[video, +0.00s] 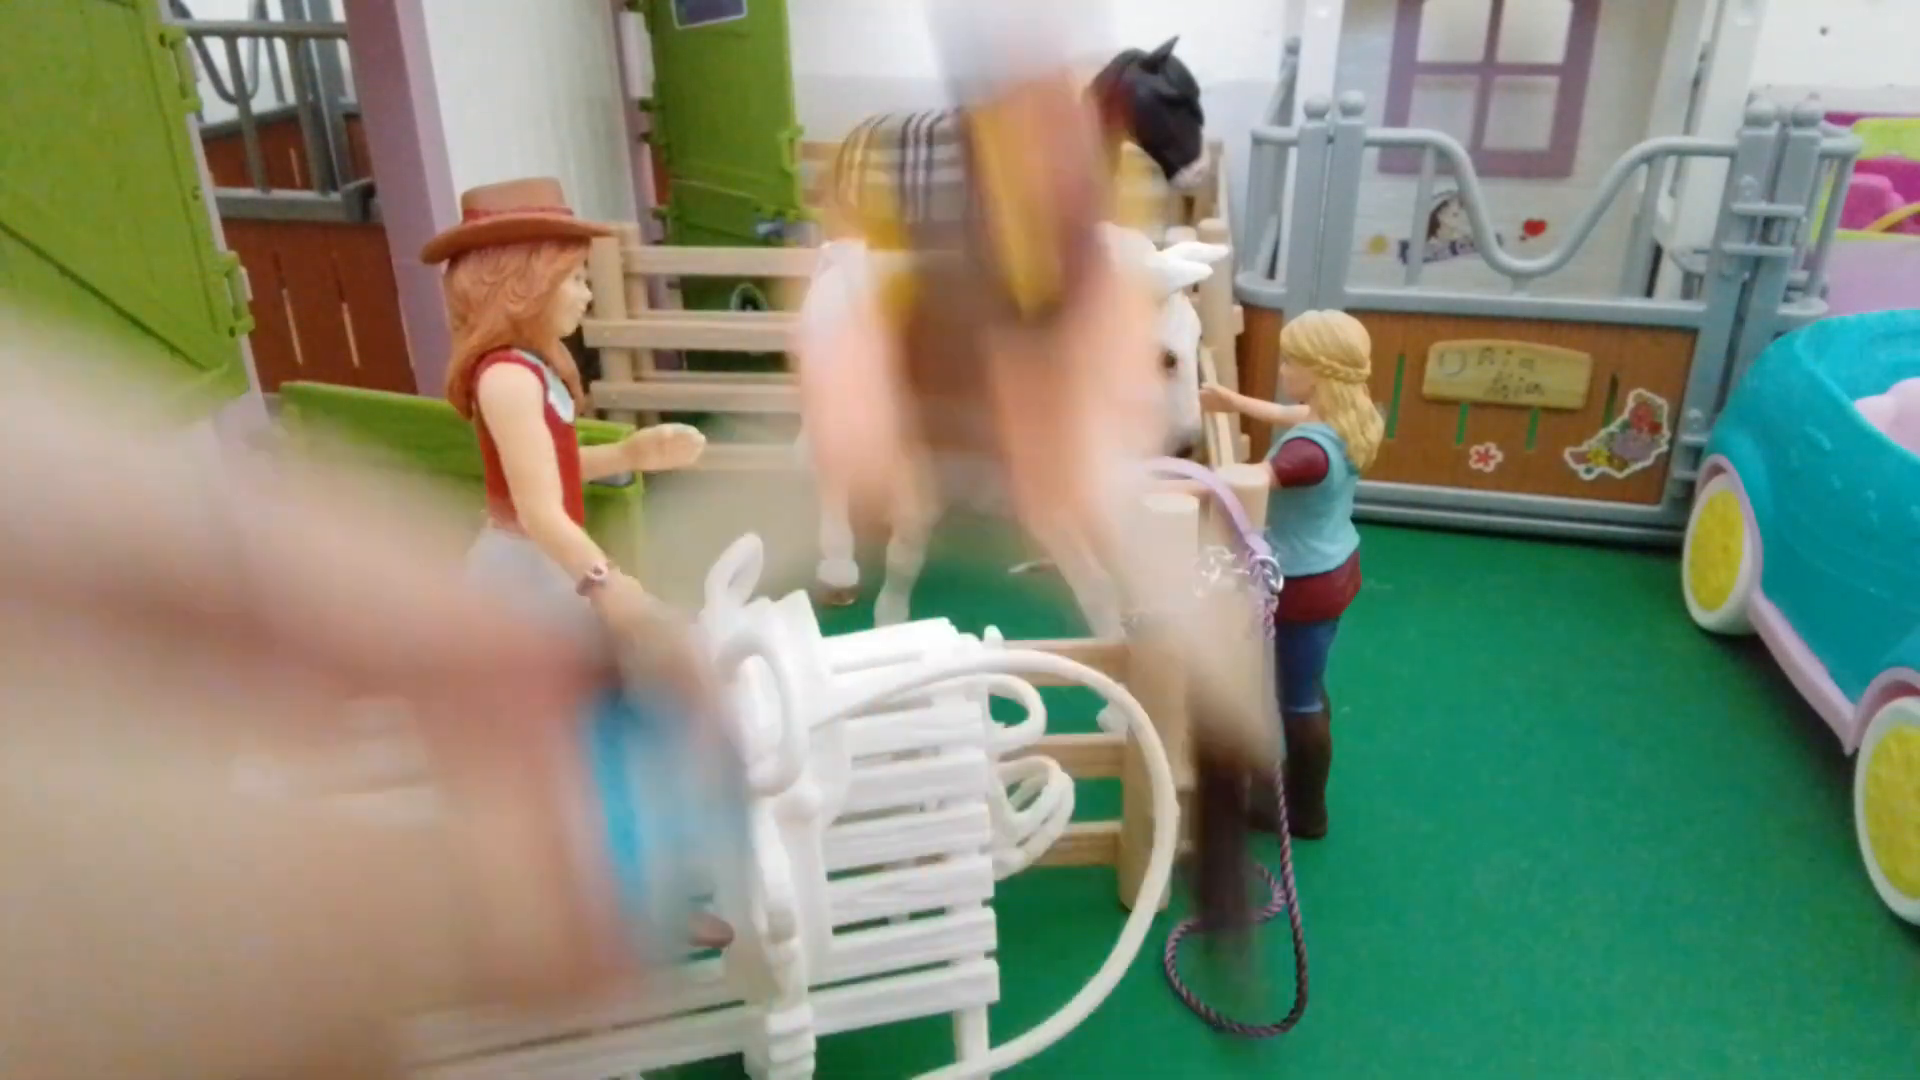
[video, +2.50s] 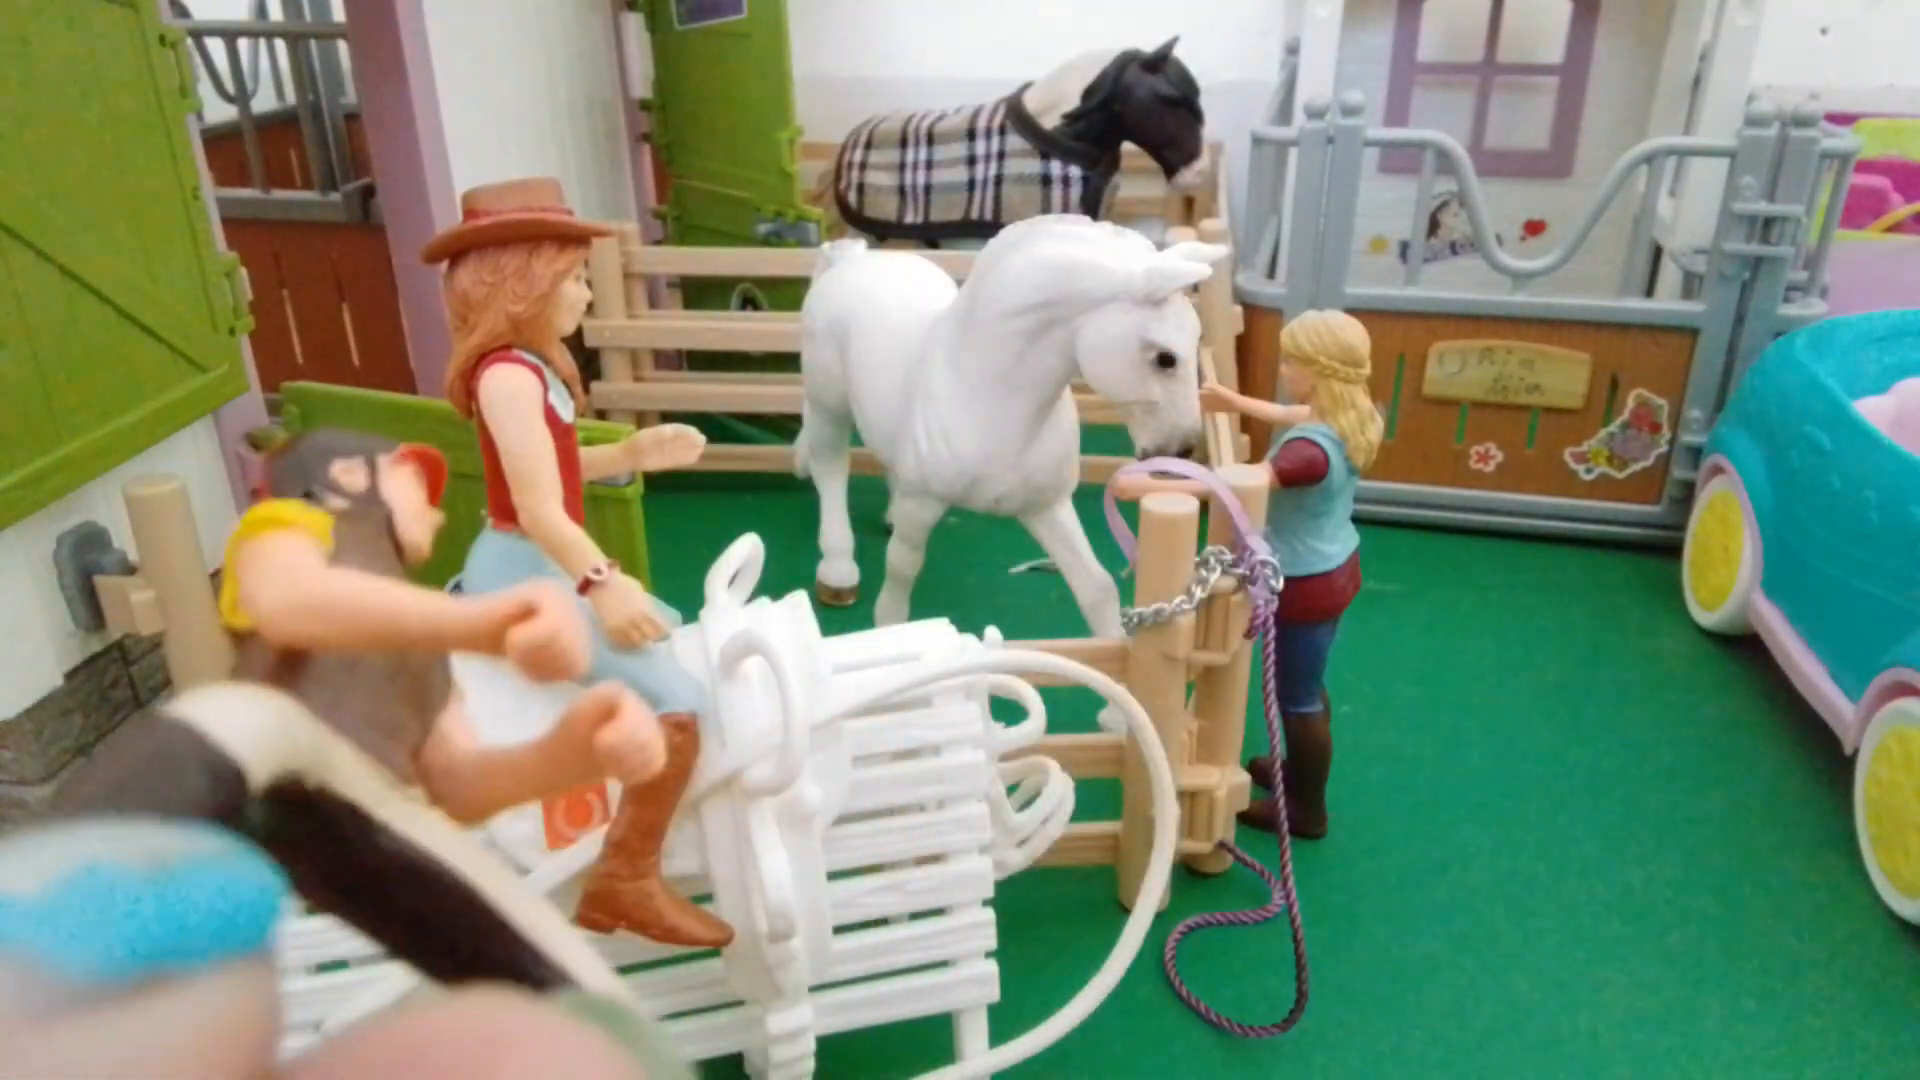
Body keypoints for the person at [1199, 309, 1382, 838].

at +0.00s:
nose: (1282, 371)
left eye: (1290, 362)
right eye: (1284, 360)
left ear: (1319, 372)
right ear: (1334, 373)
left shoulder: (1316, 446)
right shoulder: (1348, 417)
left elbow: (1257, 477)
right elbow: (1288, 414)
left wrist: (1189, 481)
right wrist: (1237, 401)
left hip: (1305, 588)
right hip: (1334, 564)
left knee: (1298, 699)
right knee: (1305, 685)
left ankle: (1305, 813)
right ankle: (1303, 795)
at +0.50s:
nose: (1282, 369)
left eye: (1291, 359)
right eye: (1284, 358)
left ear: (1310, 372)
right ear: (1340, 372)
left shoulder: (1317, 444)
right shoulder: (1347, 421)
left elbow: (1258, 475)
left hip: (1308, 579)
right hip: (1335, 559)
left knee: (1299, 699)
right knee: (1308, 685)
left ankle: (1305, 804)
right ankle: (1306, 791)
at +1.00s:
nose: (1280, 369)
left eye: (1288, 362)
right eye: (1284, 360)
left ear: (1314, 374)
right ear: (1331, 372)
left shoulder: (1313, 447)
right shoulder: (1348, 417)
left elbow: (1251, 478)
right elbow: (1288, 416)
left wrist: (1163, 483)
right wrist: (1234, 401)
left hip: (1306, 587)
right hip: (1332, 568)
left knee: (1297, 700)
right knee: (1303, 682)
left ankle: (1305, 812)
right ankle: (1296, 773)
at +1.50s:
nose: (1282, 371)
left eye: (1289, 362)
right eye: (1284, 360)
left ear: (1317, 372)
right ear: (1336, 372)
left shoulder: (1314, 448)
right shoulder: (1348, 417)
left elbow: (1249, 479)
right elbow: (1290, 415)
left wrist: (1176, 484)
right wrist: (1238, 401)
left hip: (1305, 587)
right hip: (1333, 565)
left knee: (1298, 698)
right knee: (1301, 680)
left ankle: (1303, 810)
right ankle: (1298, 772)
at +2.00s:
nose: (1282, 371)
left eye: (1289, 362)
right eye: (1284, 361)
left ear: (1317, 373)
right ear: (1334, 374)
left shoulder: (1314, 448)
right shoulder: (1348, 417)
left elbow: (1243, 479)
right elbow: (1289, 416)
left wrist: (1156, 484)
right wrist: (1236, 400)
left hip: (1304, 588)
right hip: (1332, 567)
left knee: (1299, 700)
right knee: (1301, 682)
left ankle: (1304, 813)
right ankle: (1299, 773)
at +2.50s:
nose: (1282, 370)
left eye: (1290, 362)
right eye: (1284, 360)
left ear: (1317, 373)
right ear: (1337, 373)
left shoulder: (1314, 448)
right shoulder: (1348, 418)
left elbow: (1248, 479)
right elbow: (1289, 416)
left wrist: (1163, 484)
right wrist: (1236, 400)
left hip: (1305, 588)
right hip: (1333, 565)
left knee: (1300, 700)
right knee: (1301, 680)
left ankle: (1304, 811)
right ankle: (1298, 771)